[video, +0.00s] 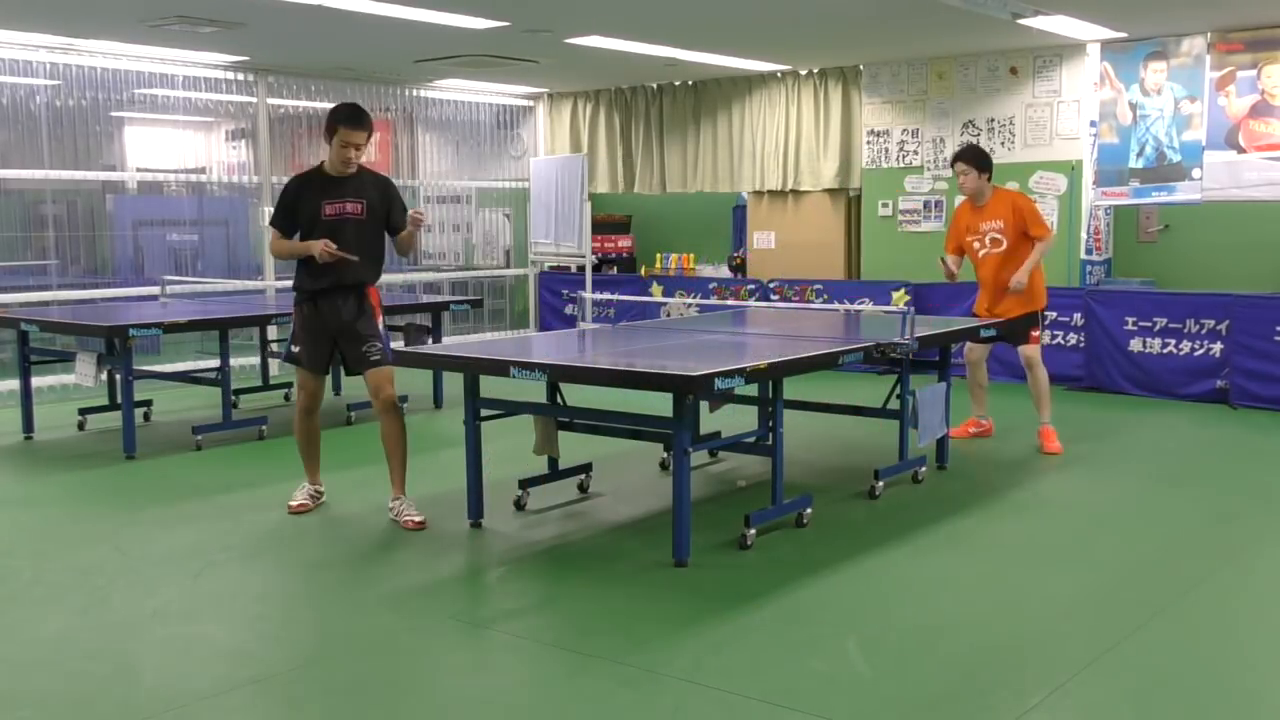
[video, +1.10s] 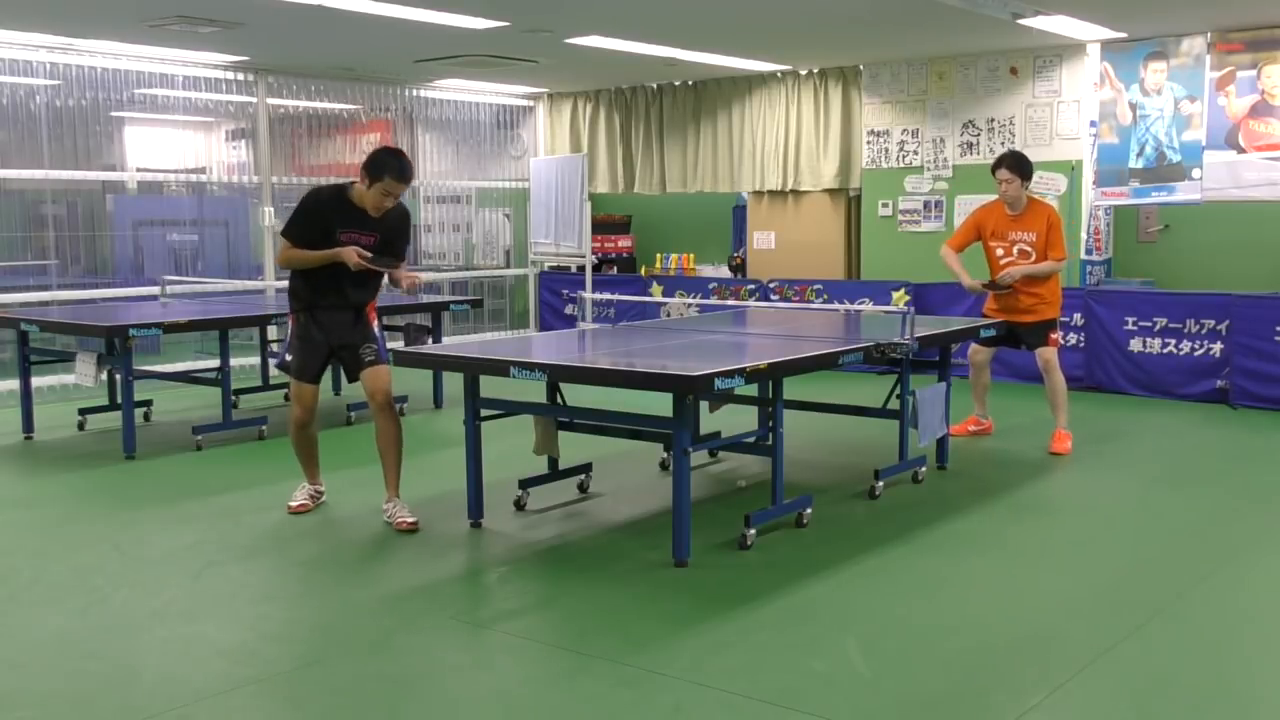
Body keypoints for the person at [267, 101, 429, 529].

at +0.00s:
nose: (354, 156)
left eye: (361, 148)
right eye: (347, 147)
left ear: (368, 146)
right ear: (328, 139)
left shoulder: (380, 187)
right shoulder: (299, 187)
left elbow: (405, 250)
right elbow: (277, 246)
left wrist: (411, 230)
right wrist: (308, 247)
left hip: (361, 303)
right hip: (313, 305)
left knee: (387, 398)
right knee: (306, 400)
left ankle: (399, 498)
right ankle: (312, 485)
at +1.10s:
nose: (390, 204)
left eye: (397, 197)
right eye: (385, 195)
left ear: (404, 191)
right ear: (364, 181)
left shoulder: (397, 218)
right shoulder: (321, 200)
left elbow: (392, 267)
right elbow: (284, 257)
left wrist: (401, 276)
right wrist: (338, 254)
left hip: (359, 316)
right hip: (310, 316)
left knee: (383, 397)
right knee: (301, 415)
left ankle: (393, 500)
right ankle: (313, 486)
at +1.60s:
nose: (446, 292)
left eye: (452, 287)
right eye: (444, 284)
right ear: (424, 265)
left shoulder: (439, 286)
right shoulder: (374, 265)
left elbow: (425, 335)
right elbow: (362, 331)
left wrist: (452, 344)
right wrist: (421, 314)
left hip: (393, 357)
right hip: (343, 354)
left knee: (415, 427)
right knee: (302, 447)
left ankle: (394, 502)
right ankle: (321, 480)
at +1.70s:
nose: (448, 293)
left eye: (454, 287)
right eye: (446, 284)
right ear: (425, 265)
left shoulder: (442, 288)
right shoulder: (376, 265)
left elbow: (426, 336)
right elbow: (365, 330)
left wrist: (454, 346)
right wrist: (424, 315)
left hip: (394, 357)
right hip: (344, 354)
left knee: (416, 428)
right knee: (303, 447)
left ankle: (394, 502)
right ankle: (321, 480)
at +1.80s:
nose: (448, 290)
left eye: (455, 285)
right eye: (446, 282)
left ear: (459, 277)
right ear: (424, 262)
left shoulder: (443, 285)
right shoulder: (377, 263)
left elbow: (426, 336)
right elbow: (365, 329)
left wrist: (453, 346)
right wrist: (424, 314)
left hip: (394, 357)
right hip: (345, 353)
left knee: (415, 428)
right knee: (304, 447)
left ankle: (394, 502)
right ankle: (321, 480)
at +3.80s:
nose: (286, 226)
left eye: (286, 217)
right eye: (284, 217)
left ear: (233, 215)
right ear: (268, 217)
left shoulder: (200, 252)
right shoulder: (257, 259)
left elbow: (229, 331)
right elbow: (306, 334)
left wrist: (300, 331)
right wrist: (322, 382)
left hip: (163, 392)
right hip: (205, 396)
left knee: (192, 473)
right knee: (294, 498)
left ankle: (99, 555)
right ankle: (259, 615)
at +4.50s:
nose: (78, 166)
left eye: (76, 155)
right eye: (71, 155)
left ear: (41, 163)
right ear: (44, 163)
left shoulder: (18, 209)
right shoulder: (17, 214)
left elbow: (11, 299)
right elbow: (8, 299)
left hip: (10, 368)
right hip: (1, 373)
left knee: (32, 440)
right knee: (25, 487)